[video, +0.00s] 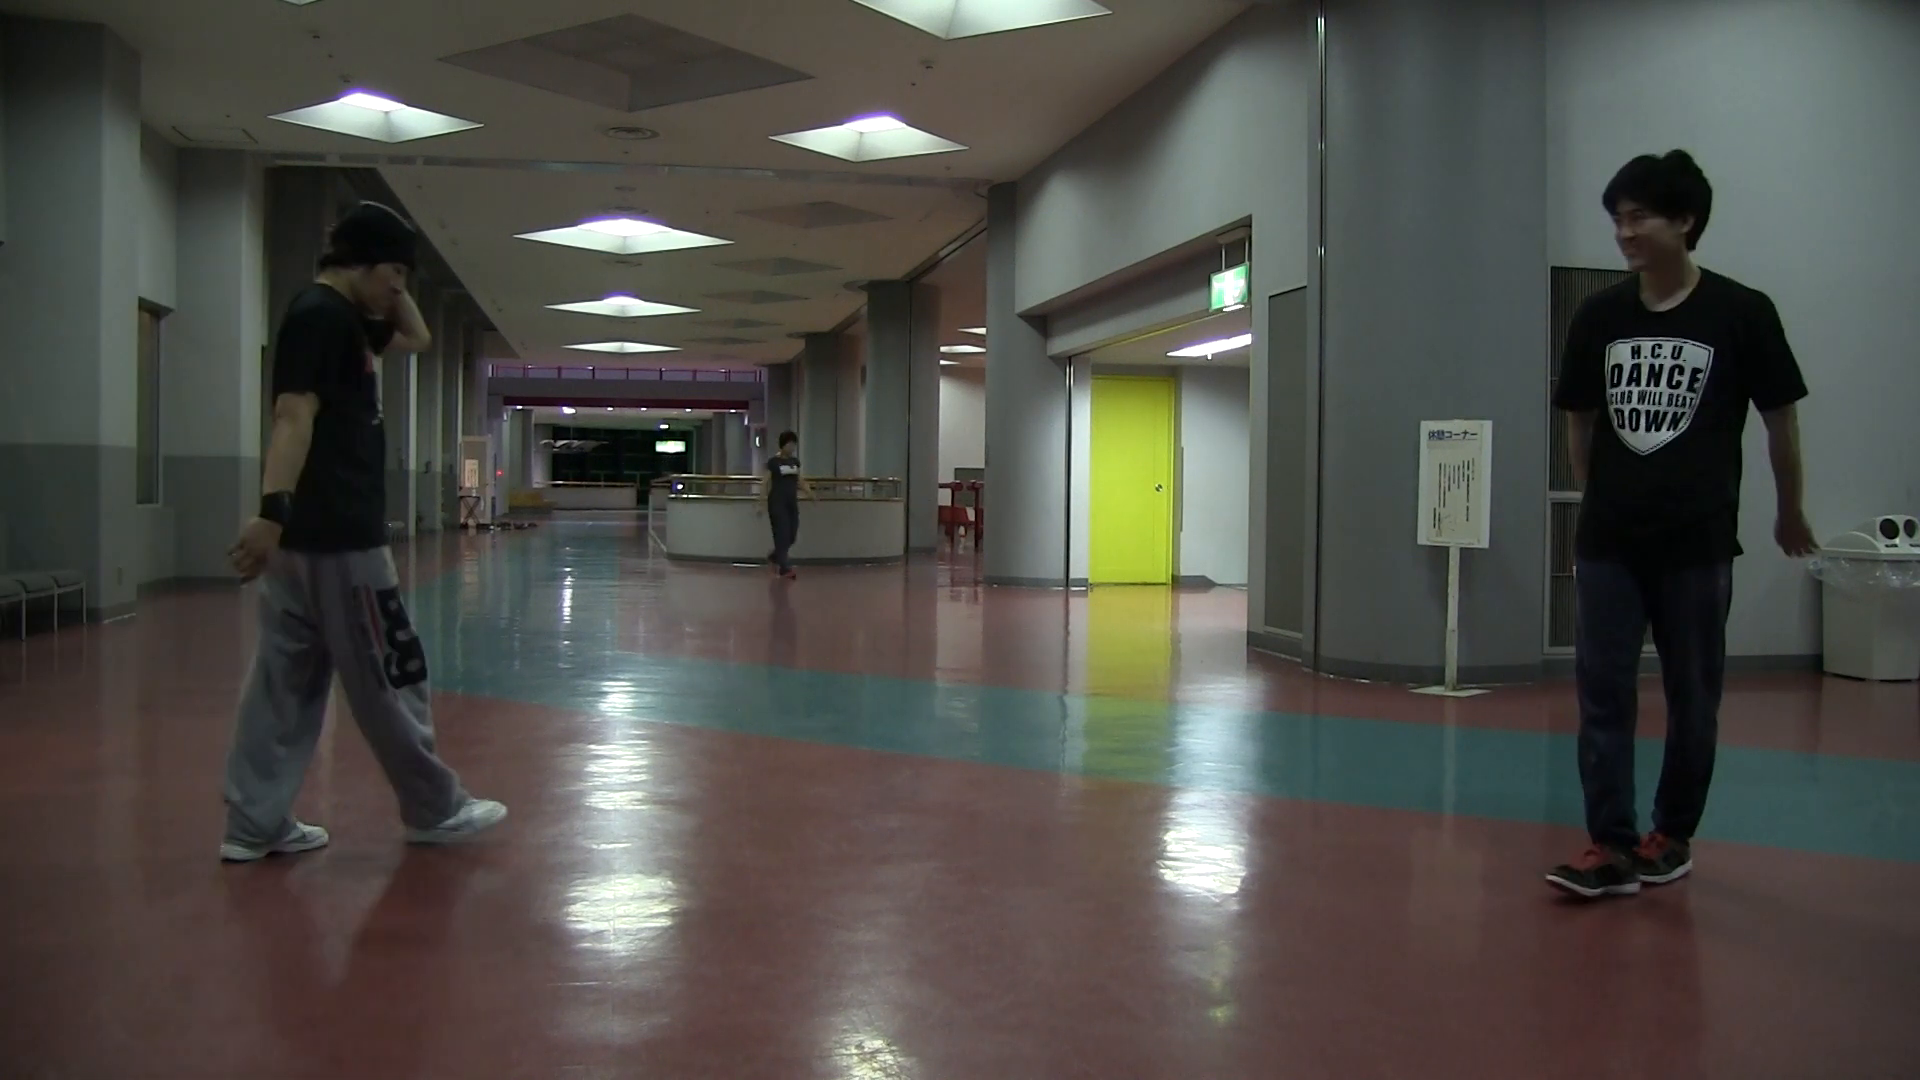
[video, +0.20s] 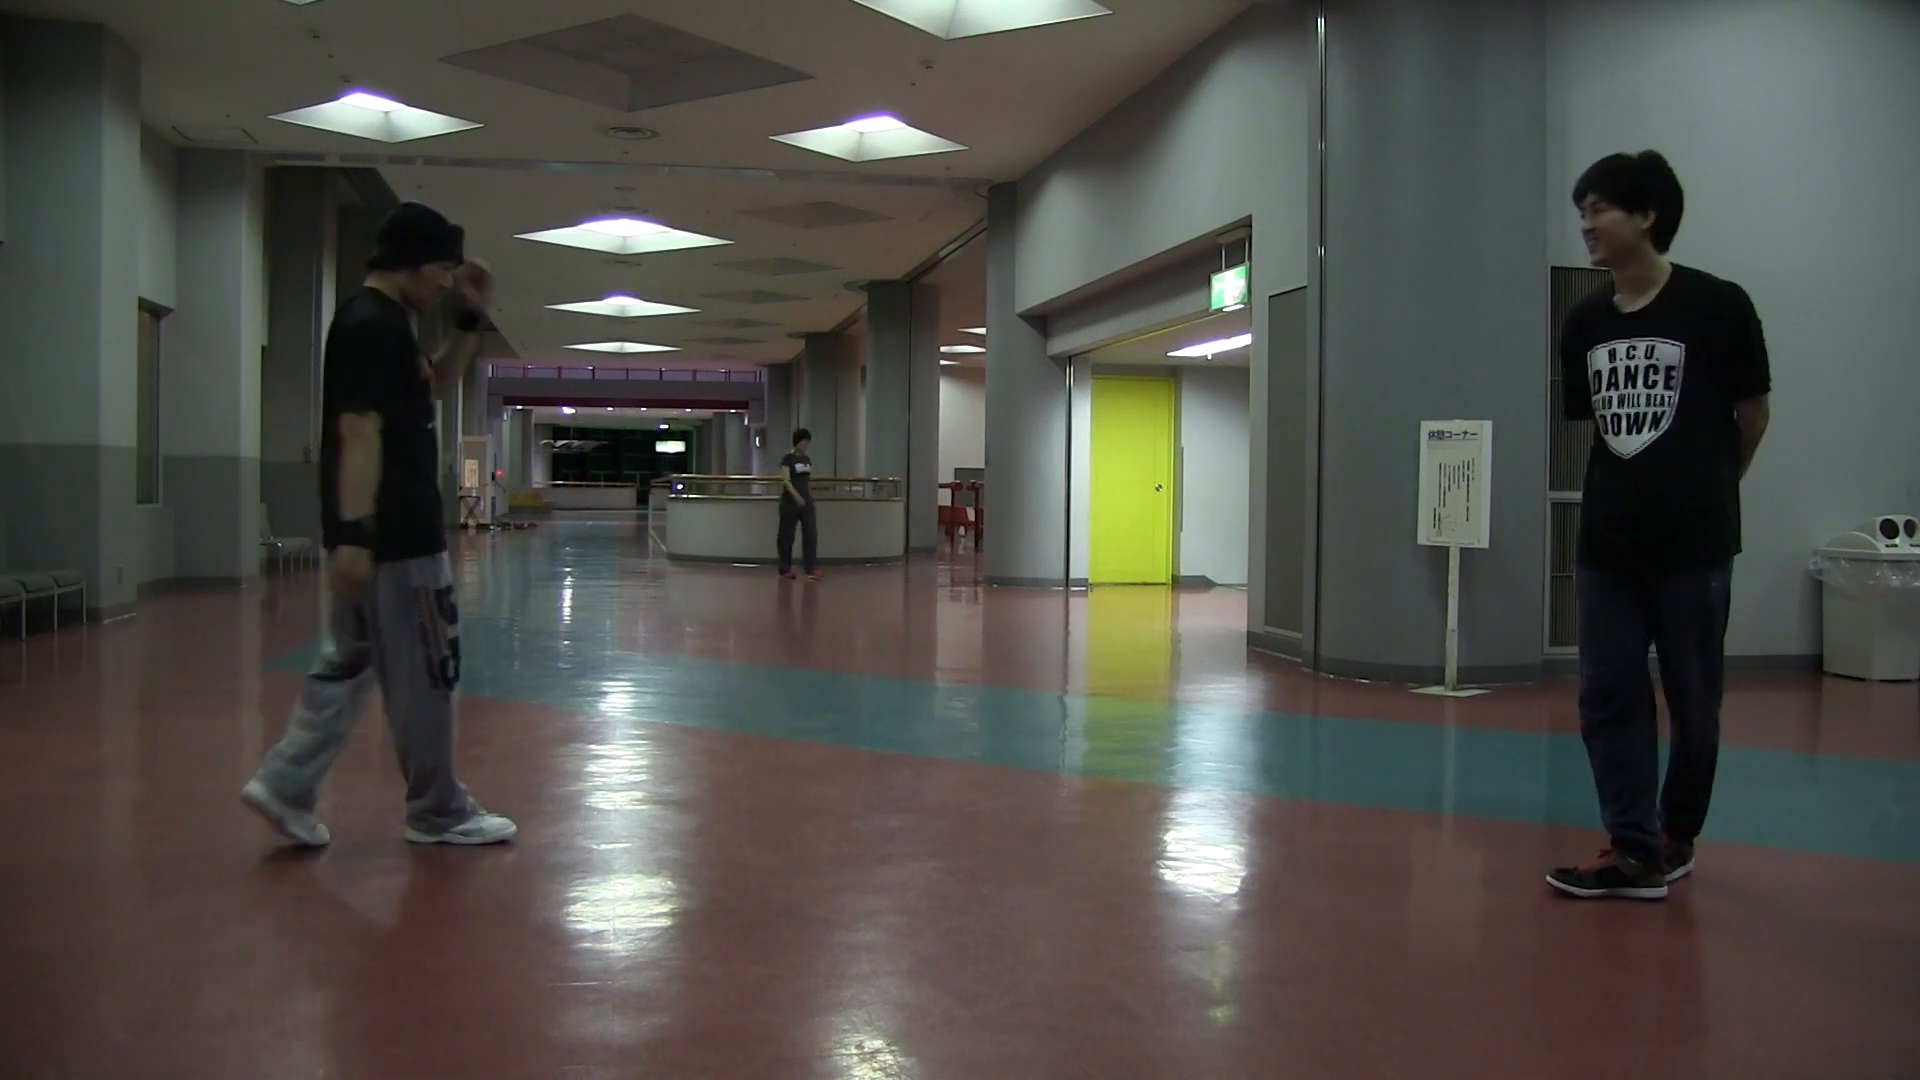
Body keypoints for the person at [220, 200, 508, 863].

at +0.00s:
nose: (398, 287)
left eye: (401, 277)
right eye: (395, 274)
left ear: (349, 263)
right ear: (363, 265)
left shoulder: (339, 315)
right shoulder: (320, 314)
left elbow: (416, 336)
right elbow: (292, 417)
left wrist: (387, 280)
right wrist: (271, 513)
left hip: (309, 535)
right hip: (340, 535)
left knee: (283, 684)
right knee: (388, 674)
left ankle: (255, 824)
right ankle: (435, 807)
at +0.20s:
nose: (449, 283)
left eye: (451, 272)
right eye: (444, 271)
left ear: (396, 261)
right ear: (413, 265)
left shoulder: (380, 320)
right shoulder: (374, 324)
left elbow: (430, 385)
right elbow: (358, 434)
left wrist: (472, 321)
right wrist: (354, 535)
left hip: (374, 531)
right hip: (402, 535)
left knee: (349, 664)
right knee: (423, 669)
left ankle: (286, 784)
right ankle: (437, 808)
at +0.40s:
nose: (480, 278)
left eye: (482, 266)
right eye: (474, 266)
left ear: (439, 262)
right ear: (440, 263)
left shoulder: (425, 326)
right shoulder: (414, 333)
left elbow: (477, 392)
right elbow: (446, 440)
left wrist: (554, 425)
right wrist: (505, 527)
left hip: (441, 530)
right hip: (434, 535)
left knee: (452, 659)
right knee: (451, 674)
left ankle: (396, 759)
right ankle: (440, 812)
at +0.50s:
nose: (501, 275)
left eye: (503, 263)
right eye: (494, 263)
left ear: (462, 261)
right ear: (458, 262)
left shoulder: (464, 329)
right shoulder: (427, 333)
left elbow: (496, 413)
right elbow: (468, 433)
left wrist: (547, 480)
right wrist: (551, 494)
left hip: (481, 534)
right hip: (440, 541)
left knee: (507, 656)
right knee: (447, 674)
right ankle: (437, 812)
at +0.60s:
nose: (528, 275)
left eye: (529, 263)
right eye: (519, 264)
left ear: (500, 262)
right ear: (482, 263)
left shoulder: (501, 334)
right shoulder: (442, 336)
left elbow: (501, 432)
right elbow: (481, 438)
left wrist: (557, 464)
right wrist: (572, 467)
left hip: (502, 532)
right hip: (457, 538)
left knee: (525, 669)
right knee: (453, 675)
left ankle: (584, 792)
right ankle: (437, 810)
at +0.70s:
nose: (555, 279)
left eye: (557, 267)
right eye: (544, 267)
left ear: (541, 267)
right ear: (508, 268)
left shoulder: (536, 337)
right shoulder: (468, 340)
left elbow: (529, 433)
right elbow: (482, 445)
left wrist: (581, 464)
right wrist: (572, 470)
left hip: (534, 536)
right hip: (479, 543)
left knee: (563, 682)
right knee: (467, 680)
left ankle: (608, 816)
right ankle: (438, 811)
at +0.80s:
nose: (578, 276)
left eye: (583, 264)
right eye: (568, 263)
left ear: (580, 264)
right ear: (531, 262)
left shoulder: (569, 336)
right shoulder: (489, 331)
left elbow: (557, 429)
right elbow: (487, 435)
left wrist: (572, 505)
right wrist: (566, 510)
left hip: (568, 537)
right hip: (507, 542)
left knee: (585, 684)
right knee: (494, 681)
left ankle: (605, 816)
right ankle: (448, 800)